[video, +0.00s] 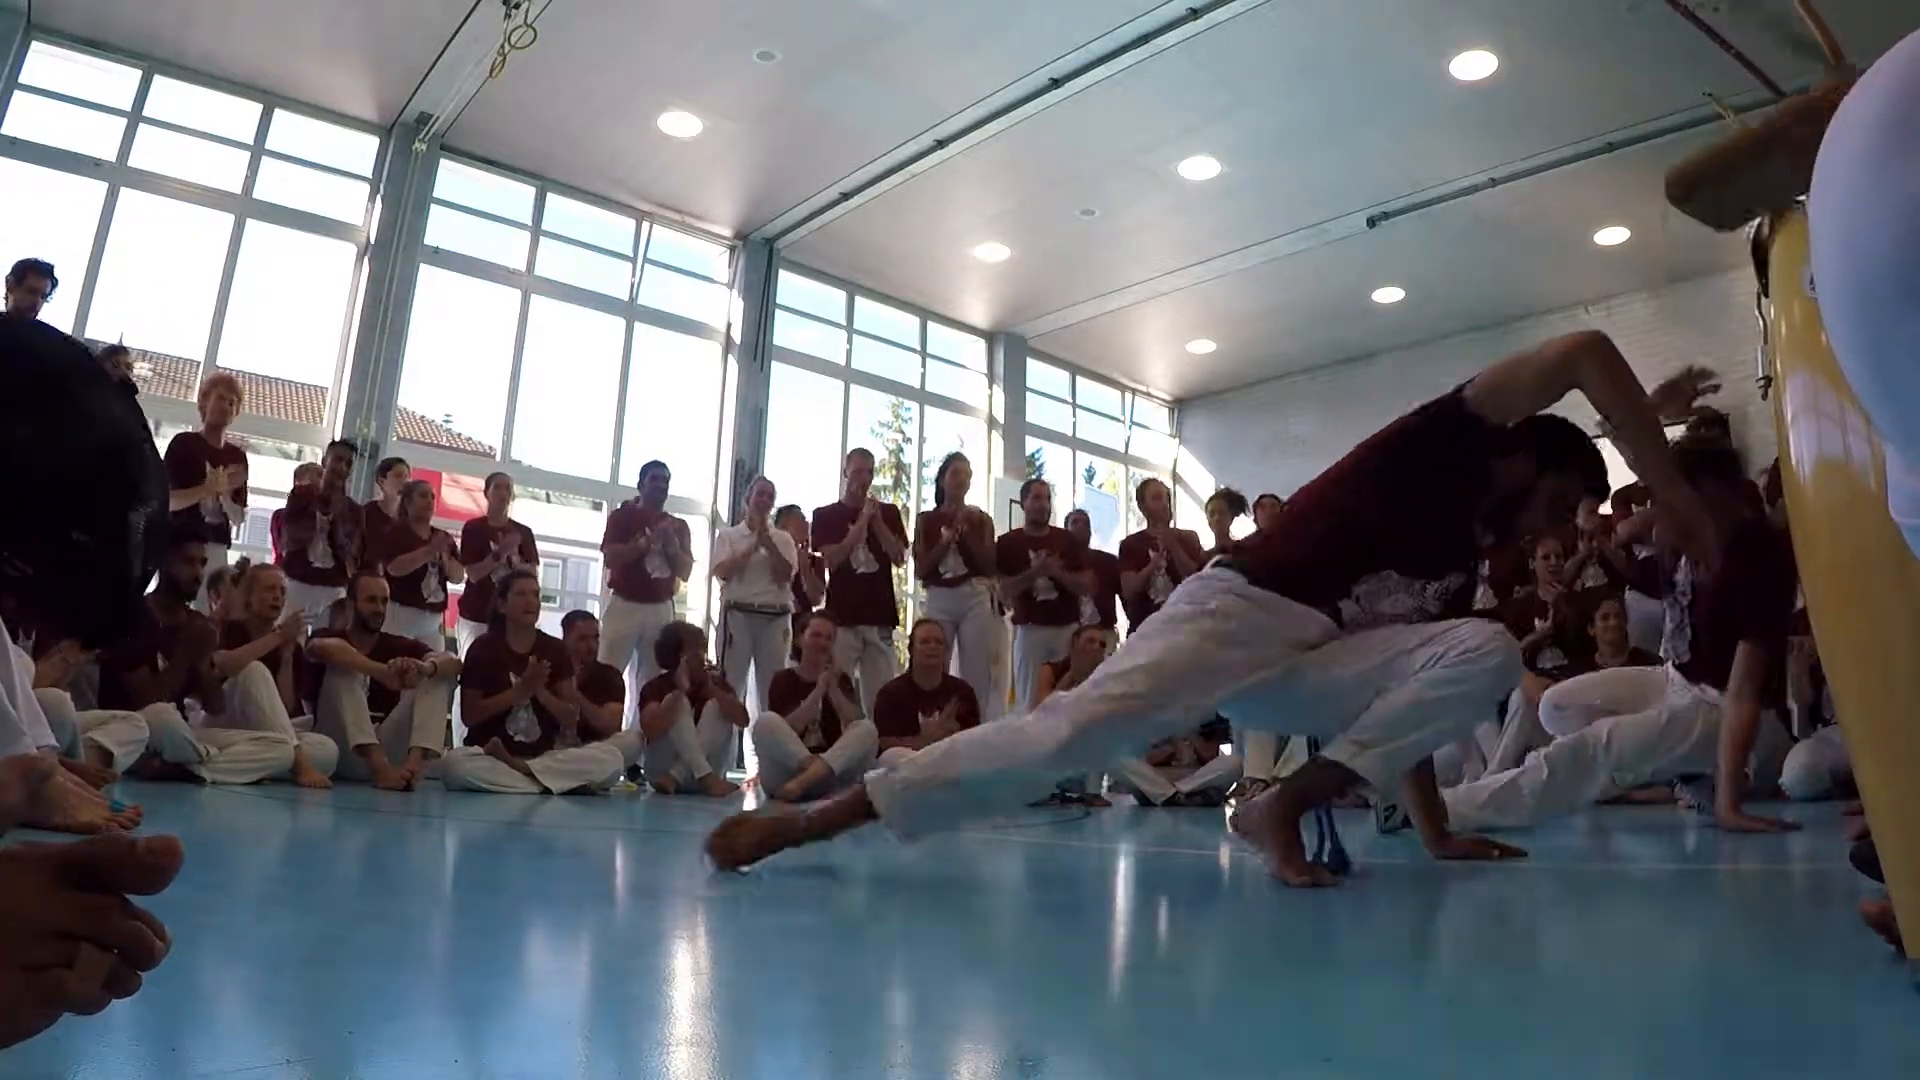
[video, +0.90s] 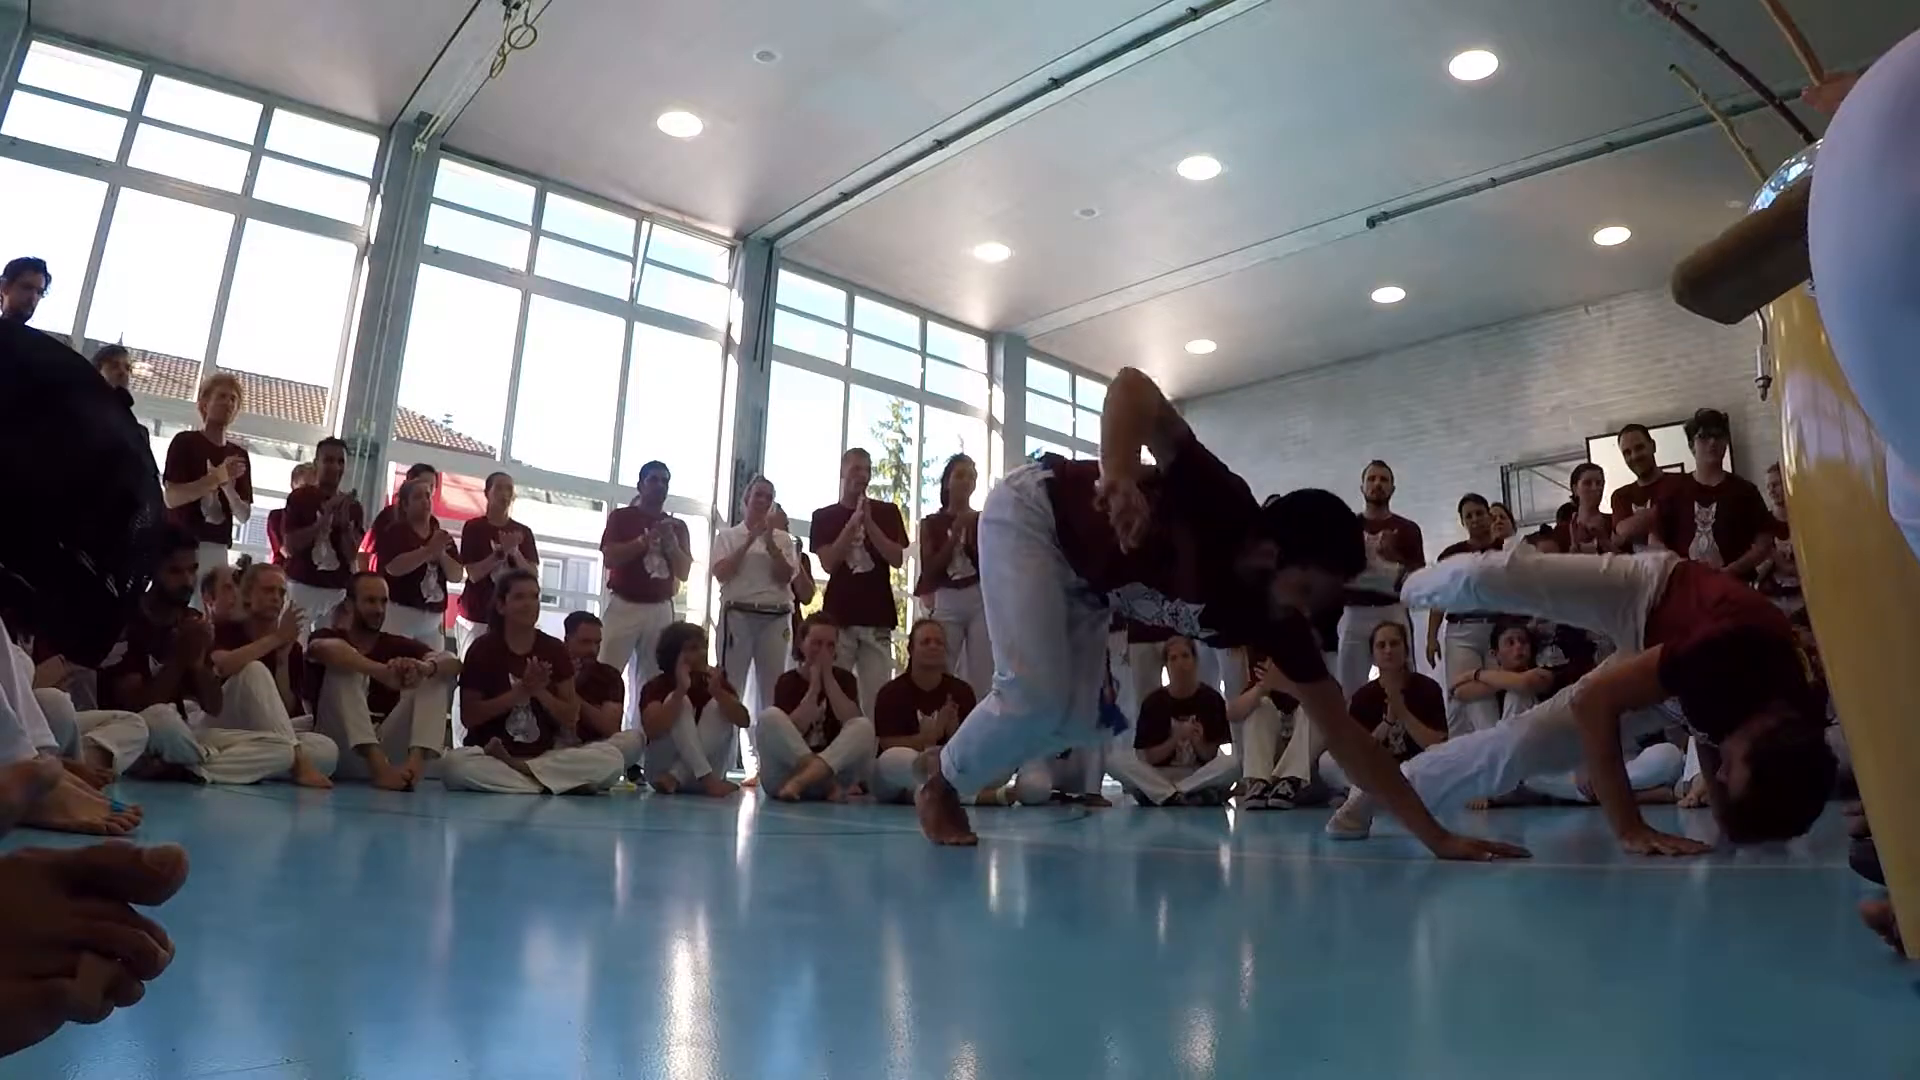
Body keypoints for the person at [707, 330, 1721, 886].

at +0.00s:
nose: (1543, 542)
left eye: (1558, 531)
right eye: (1551, 521)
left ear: (1542, 510)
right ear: (1529, 472)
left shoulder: (1472, 551)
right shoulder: (1469, 430)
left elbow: (1440, 686)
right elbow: (1585, 345)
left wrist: (1441, 828)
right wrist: (1676, 488)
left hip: (1334, 648)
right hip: (1251, 607)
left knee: (1486, 650)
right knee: (1066, 743)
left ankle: (1288, 804)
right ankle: (825, 814)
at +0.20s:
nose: (1529, 551)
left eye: (1544, 543)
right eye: (1539, 531)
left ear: (1518, 506)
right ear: (1516, 480)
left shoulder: (1442, 576)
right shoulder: (1436, 428)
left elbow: (1417, 697)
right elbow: (1584, 362)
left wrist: (1435, 834)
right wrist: (1658, 509)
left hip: (1287, 613)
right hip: (1197, 579)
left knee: (1428, 629)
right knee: (1096, 787)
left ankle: (1260, 820)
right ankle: (954, 778)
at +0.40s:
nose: (1466, 546)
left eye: (1481, 539)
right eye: (1473, 527)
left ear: (1454, 499)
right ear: (1447, 479)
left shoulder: (1393, 563)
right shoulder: (1366, 432)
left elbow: (1403, 696)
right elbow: (1469, 379)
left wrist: (1439, 837)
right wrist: (1577, 511)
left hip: (1227, 577)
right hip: (1152, 538)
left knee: (1330, 619)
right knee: (1119, 746)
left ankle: (1247, 827)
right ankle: (982, 772)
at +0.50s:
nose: (1414, 557)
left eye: (1428, 548)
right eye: (1419, 535)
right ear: (1397, 491)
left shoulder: (1358, 581)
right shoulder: (1323, 446)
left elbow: (1389, 715)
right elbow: (1381, 403)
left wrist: (1439, 836)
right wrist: (1495, 529)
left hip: (1197, 564)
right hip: (1124, 522)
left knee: (1292, 630)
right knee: (1095, 726)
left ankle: (1227, 822)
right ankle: (956, 774)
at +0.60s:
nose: (1409, 573)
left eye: (1416, 558)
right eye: (1408, 550)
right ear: (1370, 508)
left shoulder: (1335, 593)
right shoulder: (1300, 463)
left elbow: (1369, 711)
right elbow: (1293, 411)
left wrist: (1435, 836)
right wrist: (1362, 527)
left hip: (1167, 570)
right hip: (1094, 520)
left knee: (1264, 652)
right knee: (1064, 704)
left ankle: (1130, 801)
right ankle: (945, 777)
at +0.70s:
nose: (1355, 579)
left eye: (1368, 571)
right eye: (1357, 560)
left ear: (1353, 555)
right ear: (1321, 520)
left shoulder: (1304, 598)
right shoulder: (1270, 478)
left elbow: (1351, 713)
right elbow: (1237, 400)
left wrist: (1436, 835)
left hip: (1141, 575)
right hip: (1071, 517)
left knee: (1200, 680)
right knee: (1051, 709)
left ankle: (1060, 763)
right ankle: (947, 777)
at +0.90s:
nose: (1316, 611)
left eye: (1327, 601)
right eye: (1314, 593)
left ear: (1305, 573)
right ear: (1279, 553)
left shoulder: (1278, 623)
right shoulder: (1222, 498)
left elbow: (1343, 730)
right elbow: (1131, 386)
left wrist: (1435, 836)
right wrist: (1119, 476)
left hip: (1086, 580)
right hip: (1034, 512)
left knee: (1083, 719)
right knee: (1039, 696)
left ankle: (965, 761)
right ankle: (943, 779)